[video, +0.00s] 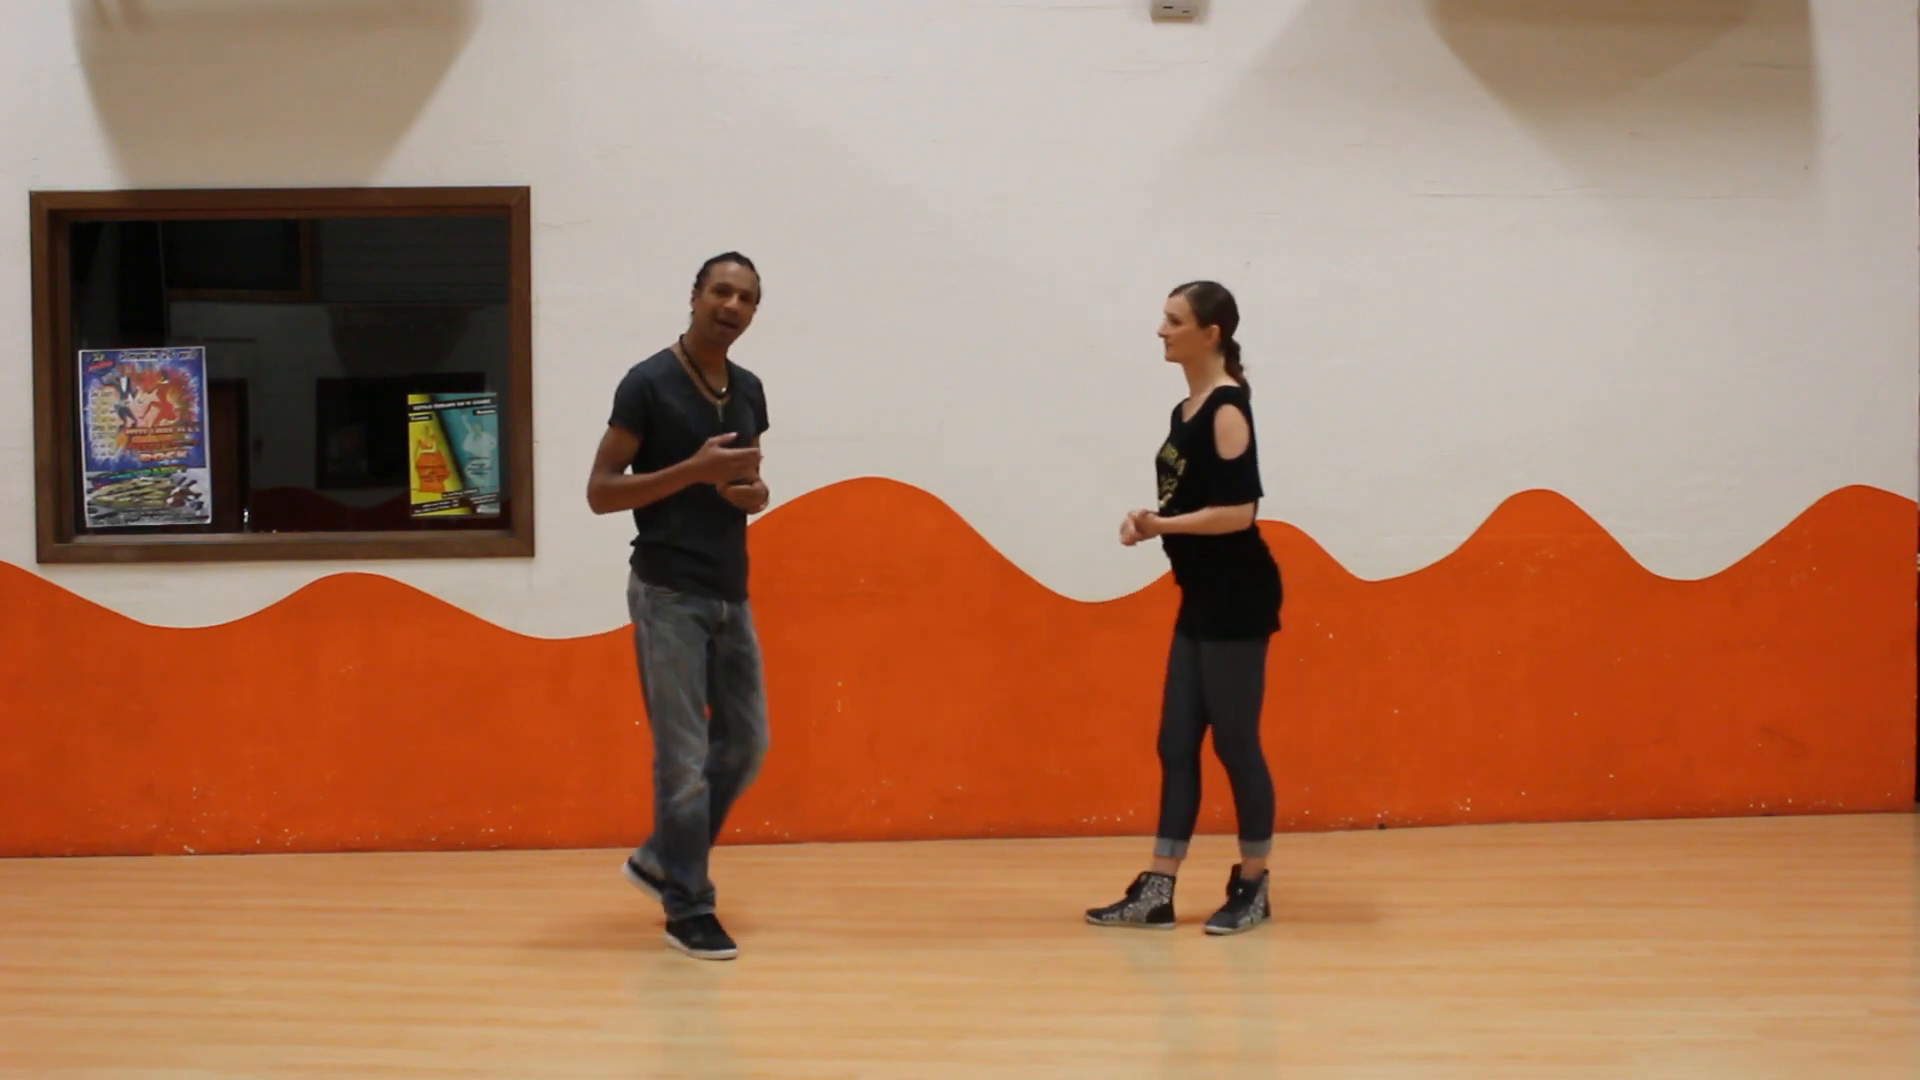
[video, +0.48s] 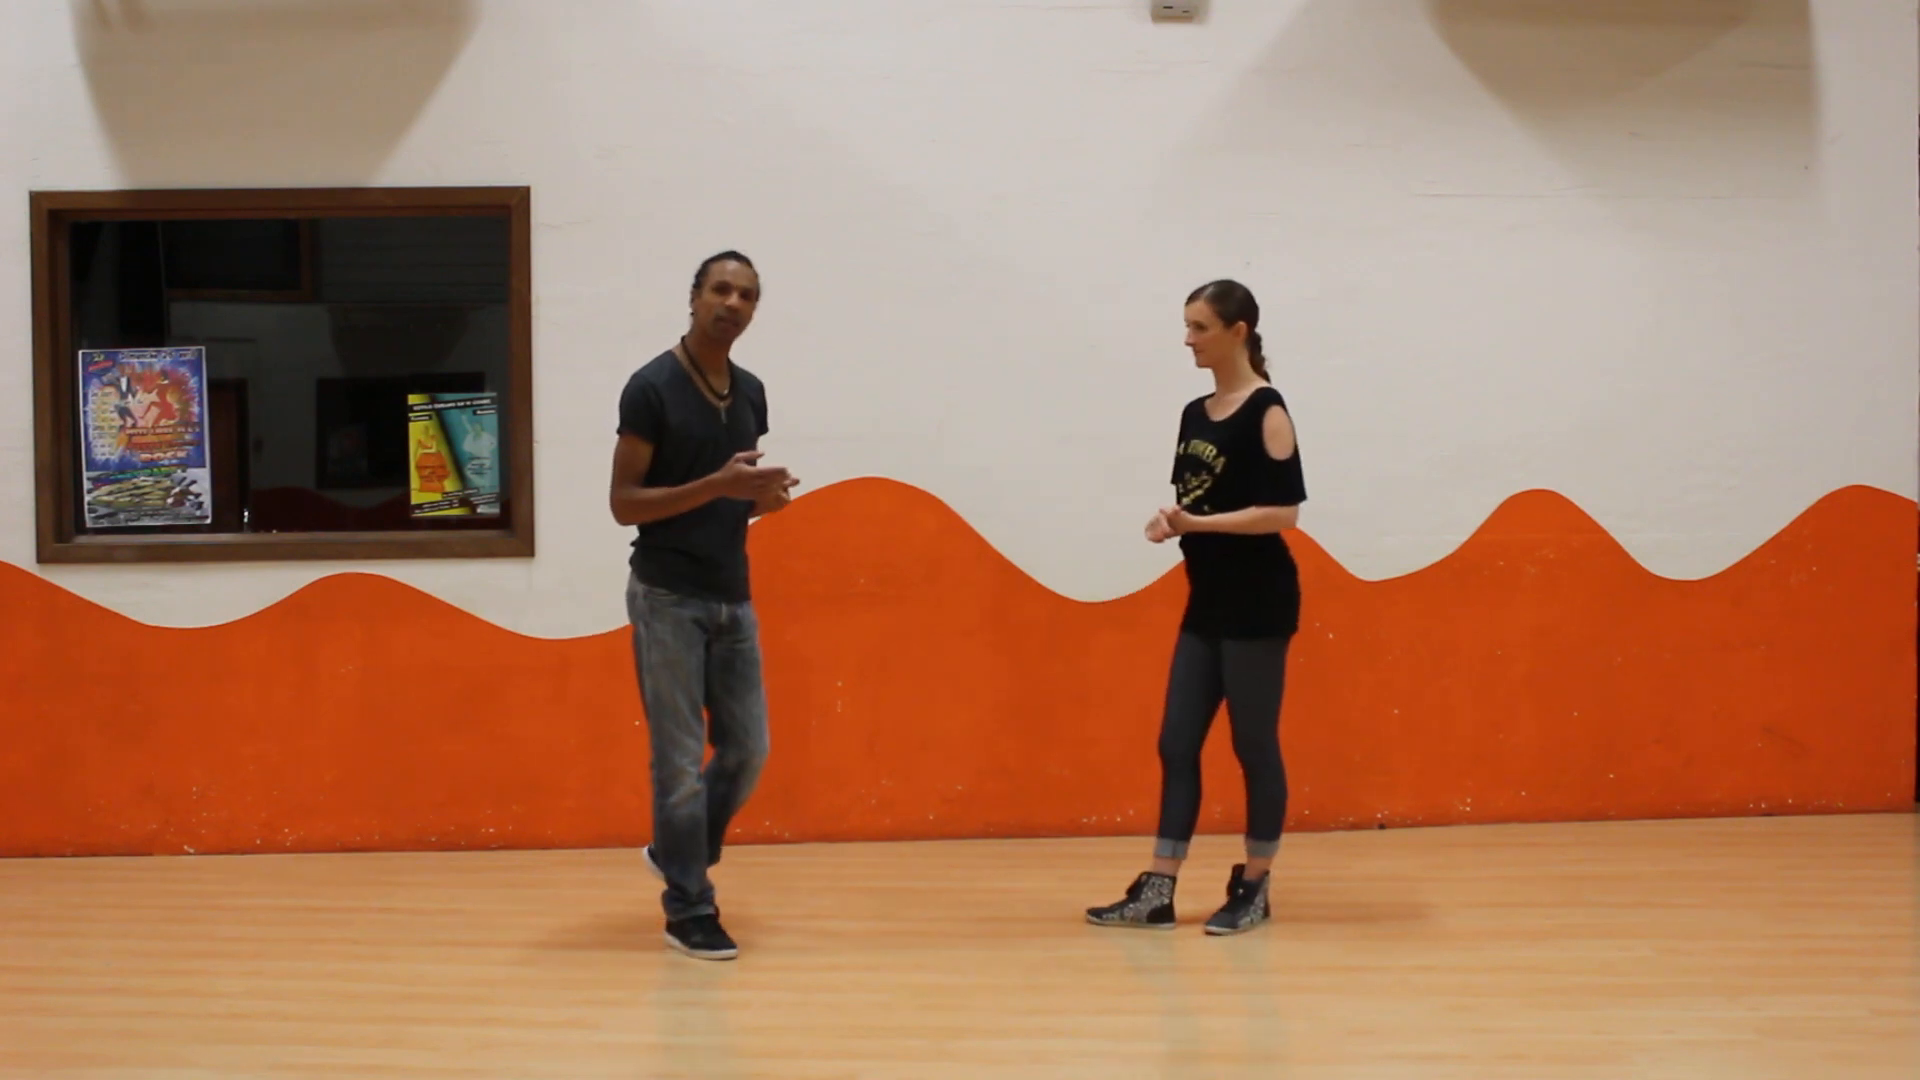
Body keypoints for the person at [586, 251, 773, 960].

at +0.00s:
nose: (734, 305)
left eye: (747, 298)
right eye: (723, 291)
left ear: (754, 314)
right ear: (693, 298)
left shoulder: (747, 392)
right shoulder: (647, 384)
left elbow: (754, 490)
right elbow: (600, 493)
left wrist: (750, 493)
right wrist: (695, 470)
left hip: (729, 594)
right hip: (667, 592)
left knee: (745, 742)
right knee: (682, 750)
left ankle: (662, 858)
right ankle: (690, 913)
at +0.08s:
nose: (737, 310)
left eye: (749, 303)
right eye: (726, 295)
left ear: (756, 318)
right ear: (696, 298)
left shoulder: (746, 393)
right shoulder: (649, 385)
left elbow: (747, 497)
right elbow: (608, 497)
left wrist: (751, 489)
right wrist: (704, 474)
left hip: (729, 596)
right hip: (666, 594)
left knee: (758, 741)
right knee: (681, 753)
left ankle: (672, 853)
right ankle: (690, 912)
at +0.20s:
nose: (738, 310)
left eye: (751, 303)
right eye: (728, 295)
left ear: (757, 319)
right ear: (698, 298)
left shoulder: (746, 392)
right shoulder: (650, 387)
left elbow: (735, 498)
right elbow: (614, 501)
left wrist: (756, 489)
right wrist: (707, 483)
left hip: (730, 597)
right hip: (667, 597)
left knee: (760, 743)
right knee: (682, 756)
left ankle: (680, 851)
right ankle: (690, 912)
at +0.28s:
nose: (742, 310)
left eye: (754, 303)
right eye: (731, 295)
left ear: (758, 318)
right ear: (699, 298)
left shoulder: (746, 393)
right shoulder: (650, 387)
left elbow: (729, 494)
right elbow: (616, 502)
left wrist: (758, 489)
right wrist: (707, 484)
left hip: (732, 597)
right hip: (667, 597)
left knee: (754, 746)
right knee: (682, 757)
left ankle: (677, 852)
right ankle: (690, 913)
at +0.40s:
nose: (741, 309)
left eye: (753, 302)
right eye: (730, 294)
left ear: (759, 318)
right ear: (699, 299)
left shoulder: (747, 395)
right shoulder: (650, 388)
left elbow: (723, 495)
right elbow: (620, 504)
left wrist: (760, 494)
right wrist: (712, 485)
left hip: (731, 597)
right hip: (667, 597)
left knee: (746, 749)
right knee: (682, 756)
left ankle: (675, 849)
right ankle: (691, 912)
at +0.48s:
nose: (734, 303)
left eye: (746, 296)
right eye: (722, 289)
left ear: (755, 313)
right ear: (693, 299)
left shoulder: (749, 394)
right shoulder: (651, 389)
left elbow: (728, 493)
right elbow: (624, 505)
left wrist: (762, 495)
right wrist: (717, 485)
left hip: (730, 597)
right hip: (666, 597)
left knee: (745, 749)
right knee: (682, 757)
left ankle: (681, 848)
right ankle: (691, 911)